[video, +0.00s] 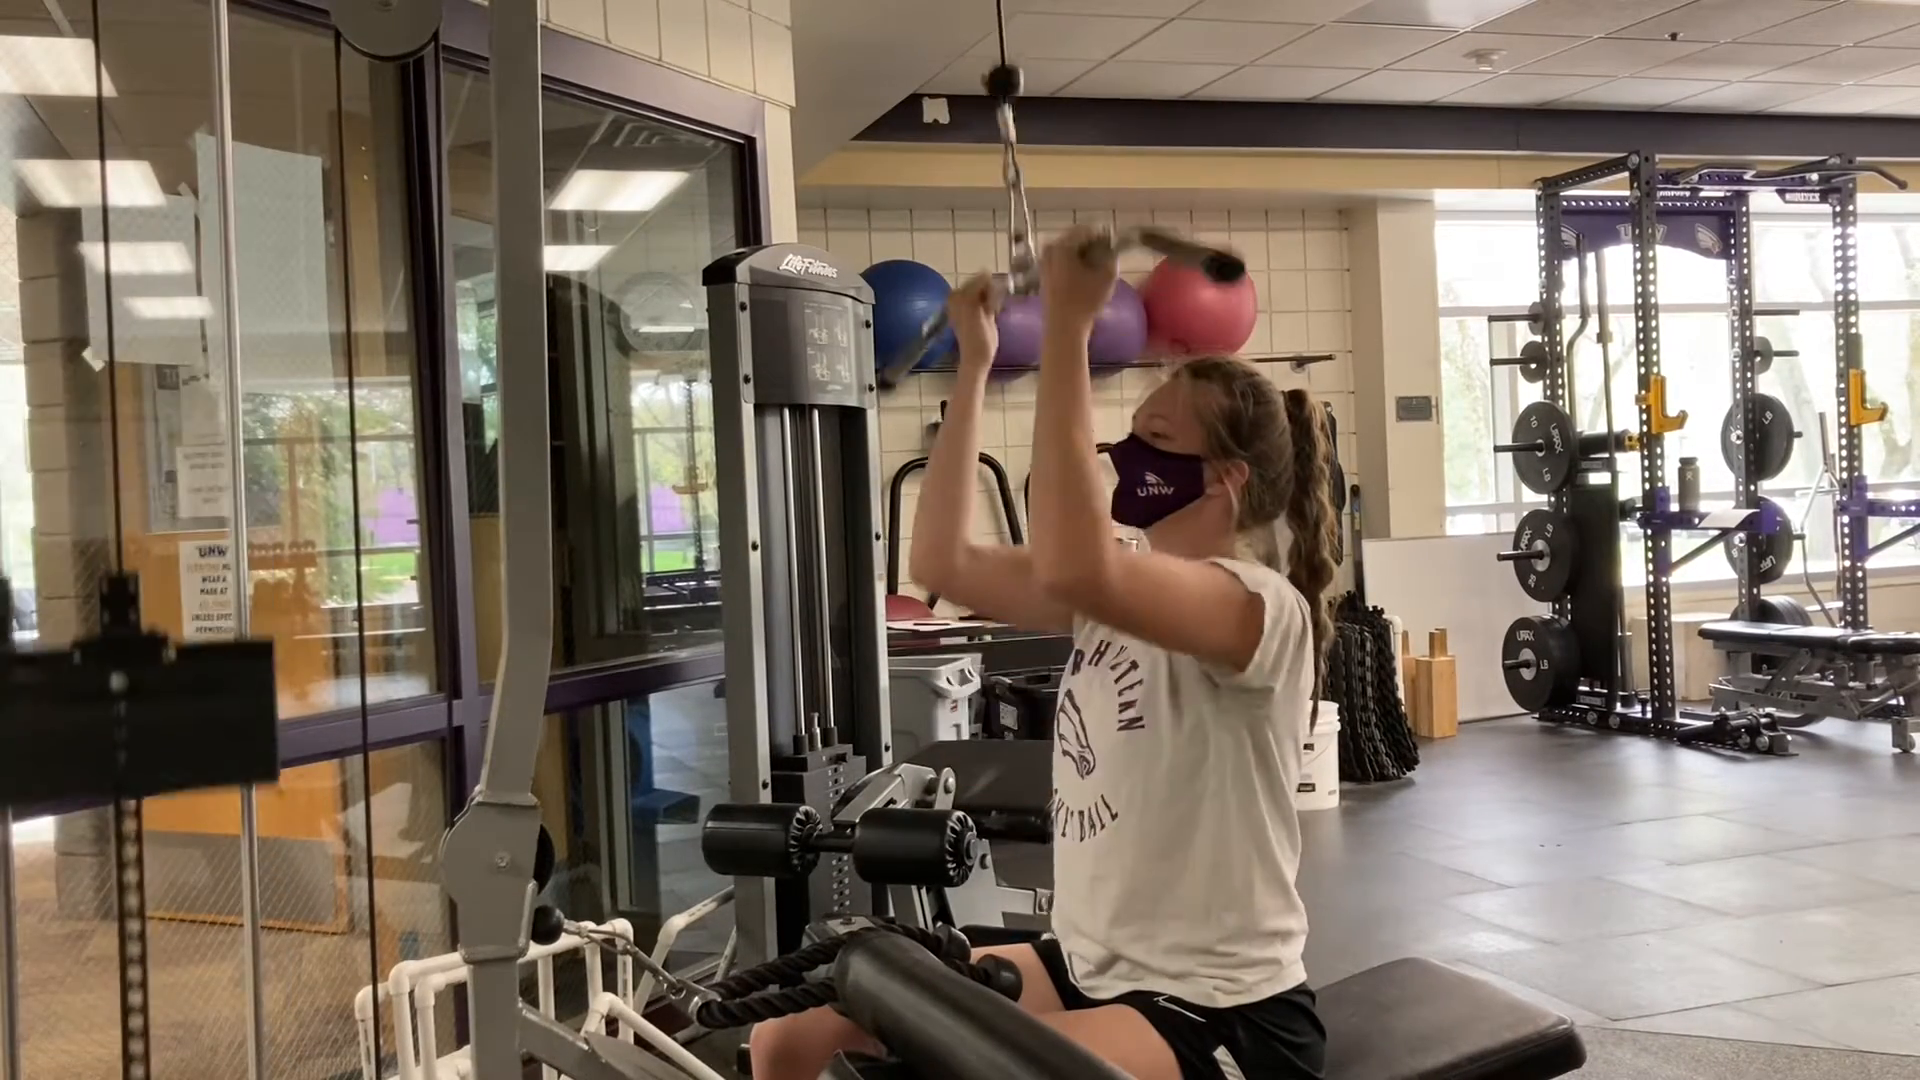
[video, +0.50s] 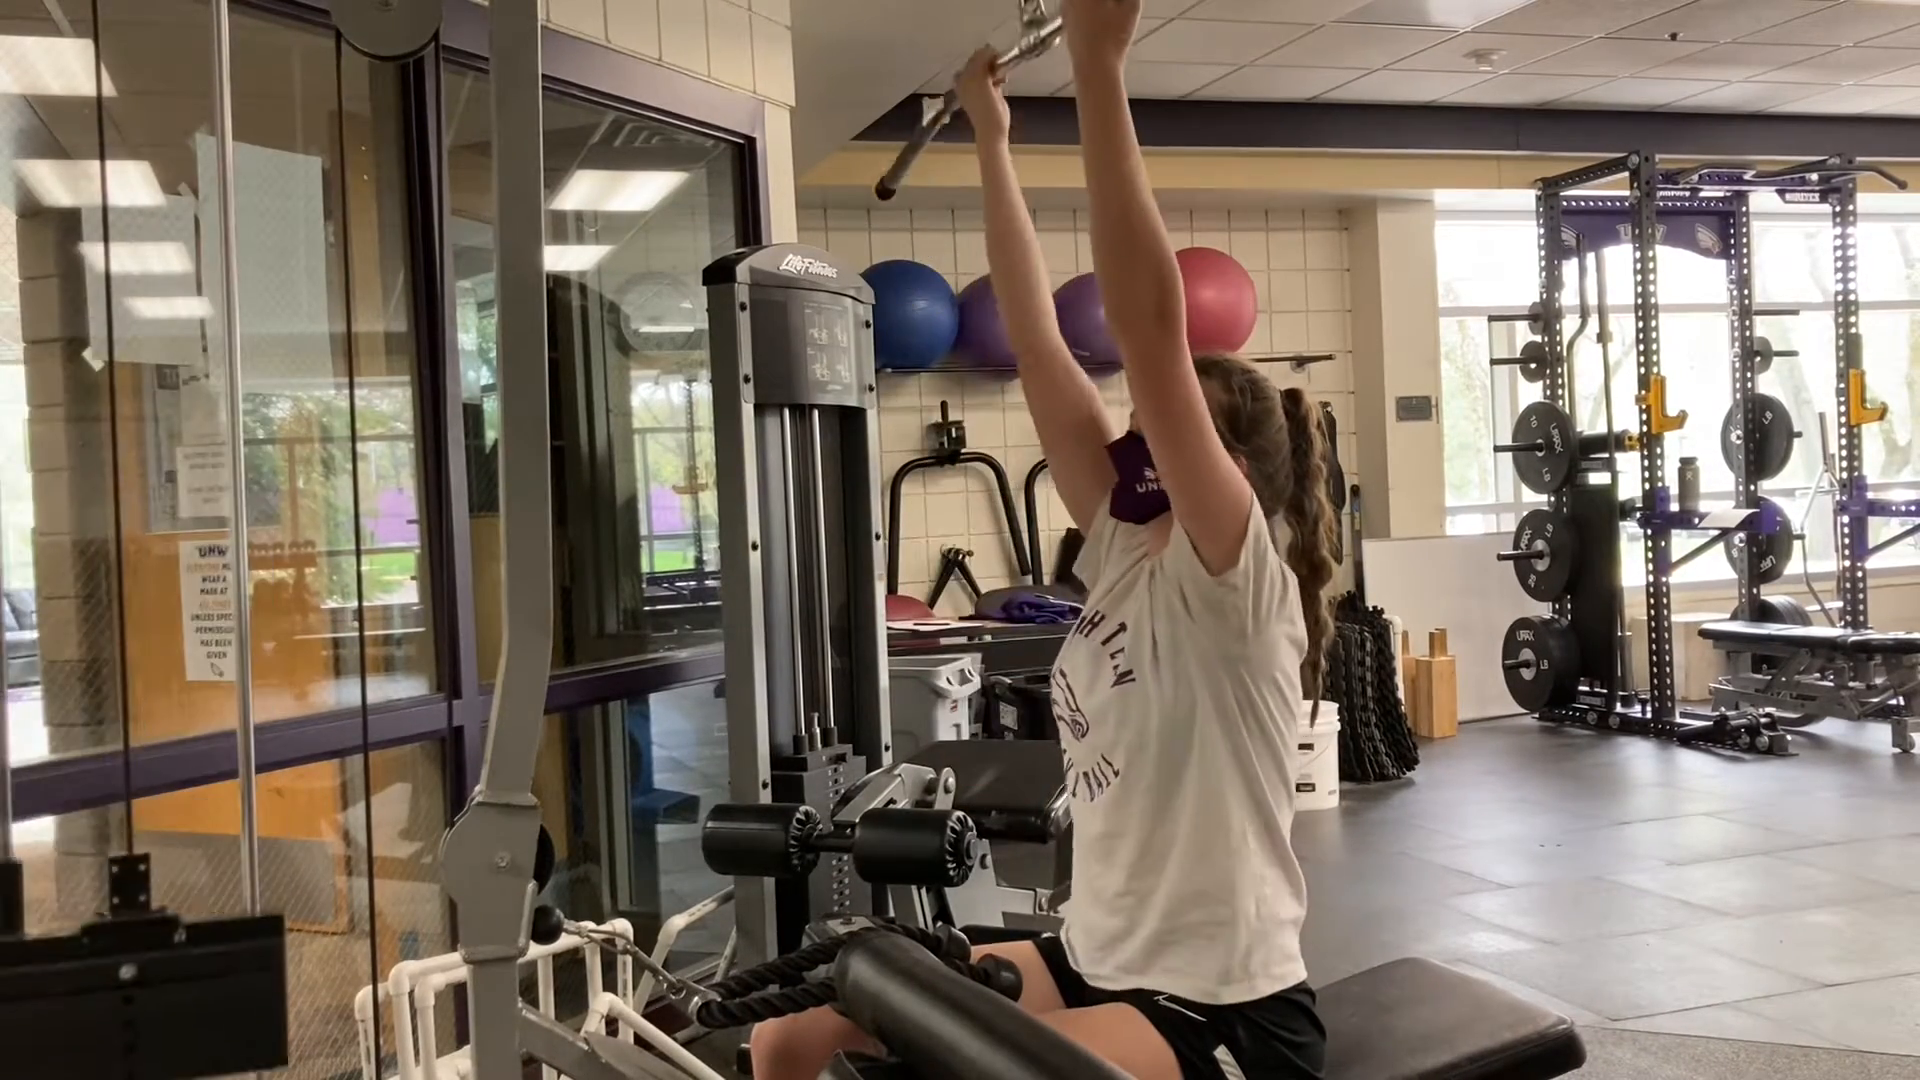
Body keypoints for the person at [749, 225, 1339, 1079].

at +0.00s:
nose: (1119, 462)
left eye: (1150, 449)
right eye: (1127, 443)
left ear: (1227, 481)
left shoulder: (1263, 609)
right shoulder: (1114, 580)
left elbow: (1080, 571)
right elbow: (941, 562)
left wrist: (1066, 333)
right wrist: (973, 366)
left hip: (1224, 1011)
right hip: (1090, 964)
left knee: (975, 1066)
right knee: (790, 1041)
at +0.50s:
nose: (1137, 431)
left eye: (1171, 408)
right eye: (1145, 413)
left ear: (1222, 447)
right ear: (1155, 438)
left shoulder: (1239, 573)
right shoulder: (1120, 546)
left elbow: (1152, 331)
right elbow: (1036, 337)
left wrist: (1098, 69)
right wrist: (988, 133)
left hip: (1222, 1014)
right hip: (1098, 969)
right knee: (793, 1035)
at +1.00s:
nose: (1125, 436)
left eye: (1155, 415)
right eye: (1131, 419)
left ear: (1223, 452)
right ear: (1148, 440)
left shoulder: (1240, 571)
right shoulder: (1109, 535)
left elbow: (1135, 347)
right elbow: (999, 355)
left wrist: (1105, 81)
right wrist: (973, 146)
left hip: (1220, 1010)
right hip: (1089, 970)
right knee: (791, 1045)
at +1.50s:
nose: (1114, 469)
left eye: (1142, 451)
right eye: (1118, 446)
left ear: (1223, 473)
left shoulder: (1262, 593)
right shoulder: (1109, 575)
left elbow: (1068, 596)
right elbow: (941, 581)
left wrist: (1098, 368)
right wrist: (975, 395)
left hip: (1225, 1006)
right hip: (1087, 961)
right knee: (790, 1041)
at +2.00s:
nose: (1123, 466)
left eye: (1151, 448)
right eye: (1128, 446)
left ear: (1230, 477)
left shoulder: (1251, 618)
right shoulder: (1123, 608)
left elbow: (1198, 884)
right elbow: (1056, 826)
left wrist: (1139, 657)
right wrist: (1022, 640)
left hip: (1222, 1008)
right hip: (1093, 965)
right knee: (788, 1041)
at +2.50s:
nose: (1130, 464)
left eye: (1159, 450)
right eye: (1135, 444)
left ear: (1236, 480)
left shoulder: (1257, 609)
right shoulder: (1128, 586)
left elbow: (1111, 776)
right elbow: (973, 738)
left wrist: (1096, 539)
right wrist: (985, 550)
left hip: (1222, 1006)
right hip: (1092, 966)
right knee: (789, 1040)